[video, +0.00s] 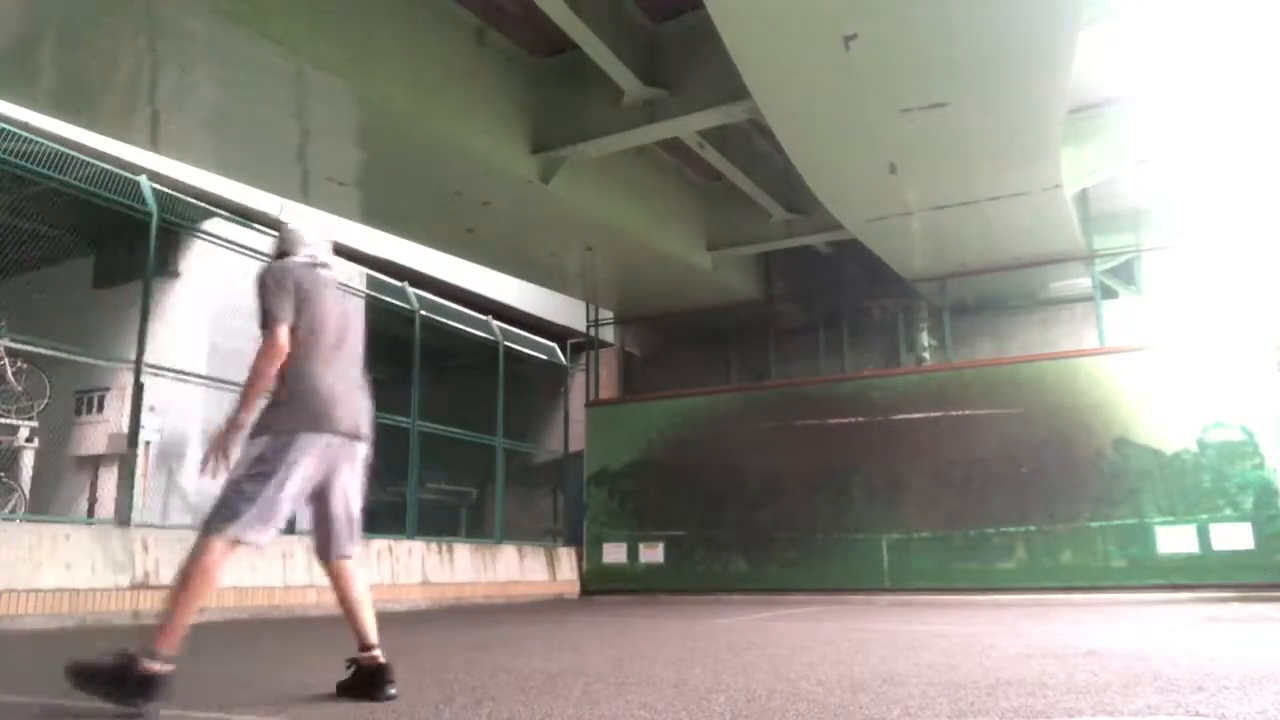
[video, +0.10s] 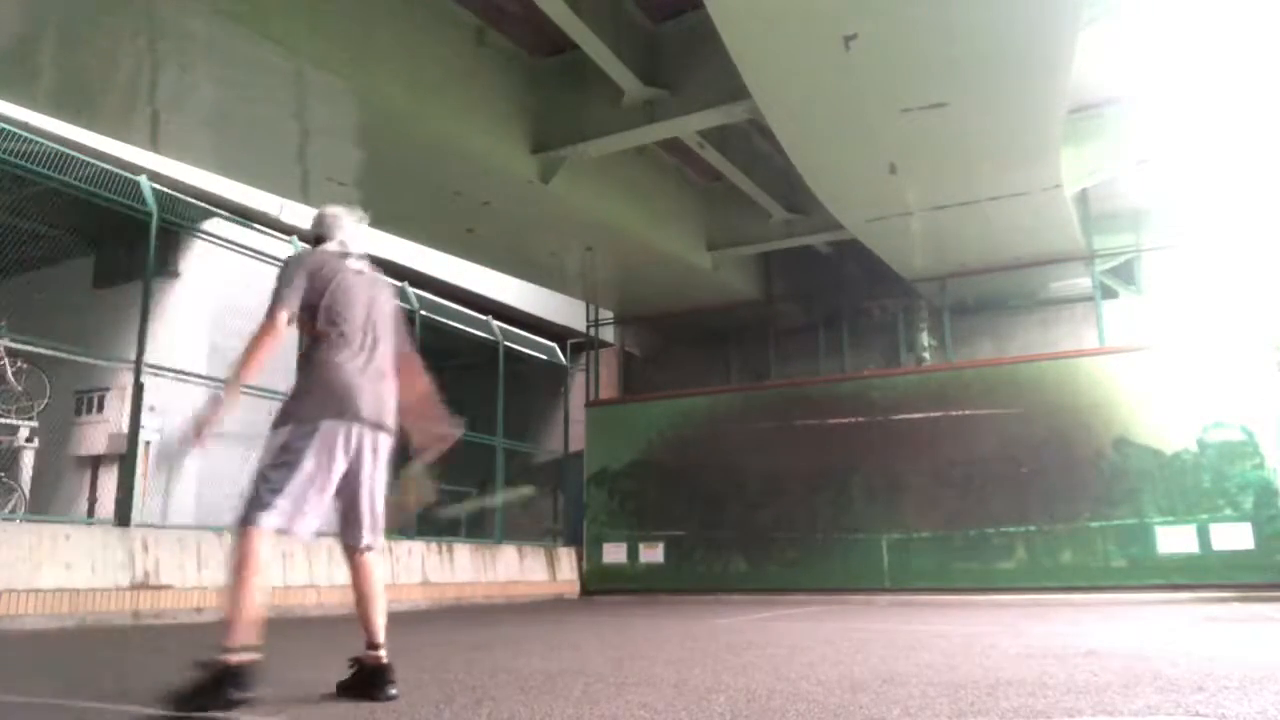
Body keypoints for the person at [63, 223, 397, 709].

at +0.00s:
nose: (273, 252)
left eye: (276, 245)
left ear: (283, 249)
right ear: (323, 254)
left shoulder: (282, 273)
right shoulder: (349, 295)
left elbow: (276, 347)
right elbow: (342, 367)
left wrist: (234, 426)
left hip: (302, 424)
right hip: (355, 431)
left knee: (220, 536)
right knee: (339, 552)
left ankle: (154, 662)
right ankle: (373, 663)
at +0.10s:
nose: (309, 238)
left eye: (311, 232)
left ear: (316, 236)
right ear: (360, 239)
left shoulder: (308, 263)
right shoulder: (385, 289)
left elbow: (275, 326)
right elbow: (407, 363)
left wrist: (223, 400)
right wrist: (431, 423)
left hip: (322, 414)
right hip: (379, 423)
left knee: (256, 525)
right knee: (364, 544)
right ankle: (377, 664)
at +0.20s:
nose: (345, 224)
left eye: (345, 217)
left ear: (345, 221)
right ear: (390, 226)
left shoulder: (329, 251)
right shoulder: (414, 269)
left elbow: (277, 298)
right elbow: (475, 316)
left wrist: (203, 342)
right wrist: (535, 340)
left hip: (341, 397)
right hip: (400, 404)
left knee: (311, 519)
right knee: (383, 537)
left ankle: (335, 639)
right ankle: (382, 661)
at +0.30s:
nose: (375, 215)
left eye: (372, 210)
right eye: (390, 210)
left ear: (368, 219)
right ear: (414, 220)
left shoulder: (352, 254)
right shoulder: (444, 264)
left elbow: (289, 279)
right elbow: (517, 260)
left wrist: (216, 300)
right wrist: (587, 251)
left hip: (366, 399)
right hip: (423, 407)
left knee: (368, 517)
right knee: (405, 536)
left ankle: (419, 626)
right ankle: (384, 658)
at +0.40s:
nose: (399, 217)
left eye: (399, 210)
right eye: (411, 208)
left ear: (396, 216)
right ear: (439, 218)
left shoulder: (376, 260)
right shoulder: (470, 257)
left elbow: (311, 281)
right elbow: (545, 229)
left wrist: (243, 297)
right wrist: (613, 190)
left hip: (405, 408)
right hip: (456, 413)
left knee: (418, 528)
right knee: (419, 533)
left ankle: (475, 656)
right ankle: (385, 662)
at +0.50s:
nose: (424, 222)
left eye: (425, 215)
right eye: (435, 213)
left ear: (421, 223)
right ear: (465, 223)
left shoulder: (400, 271)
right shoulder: (494, 257)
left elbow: (340, 308)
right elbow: (576, 228)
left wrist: (278, 341)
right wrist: (630, 173)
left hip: (439, 416)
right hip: (492, 418)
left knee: (450, 540)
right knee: (444, 543)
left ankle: (493, 669)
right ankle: (394, 658)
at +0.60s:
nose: (462, 223)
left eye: (450, 214)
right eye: (479, 214)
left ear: (441, 220)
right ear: (488, 219)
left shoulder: (425, 270)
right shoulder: (515, 257)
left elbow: (381, 331)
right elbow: (603, 249)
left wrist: (345, 387)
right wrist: (662, 198)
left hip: (462, 413)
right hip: (520, 414)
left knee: (466, 542)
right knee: (480, 542)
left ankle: (492, 668)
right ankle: (435, 647)